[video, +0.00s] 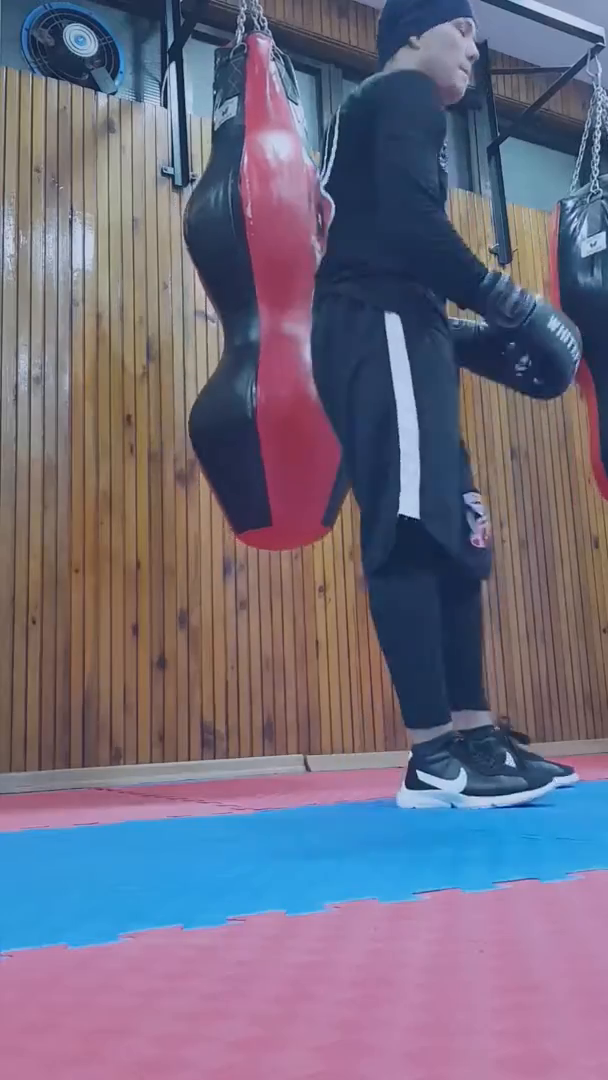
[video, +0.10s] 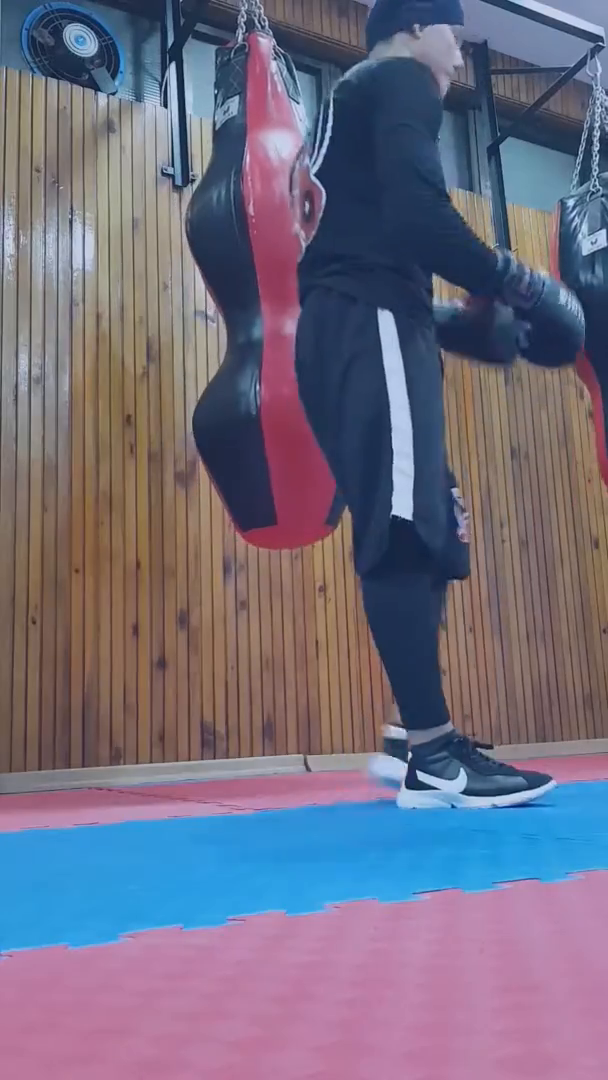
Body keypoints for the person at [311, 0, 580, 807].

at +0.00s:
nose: (473, 50)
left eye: (473, 39)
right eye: (462, 33)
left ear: (422, 41)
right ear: (415, 33)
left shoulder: (394, 109)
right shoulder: (403, 93)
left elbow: (389, 270)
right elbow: (411, 224)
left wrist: (471, 344)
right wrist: (509, 303)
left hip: (405, 327)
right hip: (379, 321)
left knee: (454, 533)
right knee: (407, 529)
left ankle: (474, 736)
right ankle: (434, 752)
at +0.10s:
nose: (461, 61)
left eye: (461, 47)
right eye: (455, 42)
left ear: (401, 34)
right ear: (416, 31)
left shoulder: (363, 93)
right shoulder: (401, 79)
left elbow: (376, 264)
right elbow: (414, 213)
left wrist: (462, 328)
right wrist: (513, 280)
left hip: (357, 320)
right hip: (370, 320)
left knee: (409, 528)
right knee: (405, 528)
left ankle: (417, 732)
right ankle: (432, 749)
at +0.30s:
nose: (407, 39)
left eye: (404, 33)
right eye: (405, 28)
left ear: (329, 23)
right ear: (388, 20)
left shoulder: (297, 84)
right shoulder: (374, 61)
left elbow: (217, 216)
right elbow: (422, 194)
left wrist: (256, 327)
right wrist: (476, 169)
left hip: (301, 319)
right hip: (360, 315)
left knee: (331, 529)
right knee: (383, 531)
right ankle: (437, 752)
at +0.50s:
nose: (352, 40)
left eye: (344, 37)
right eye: (344, 32)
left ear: (257, 33)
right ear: (325, 24)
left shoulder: (209, 113)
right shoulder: (326, 46)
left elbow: (212, 251)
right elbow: (398, 190)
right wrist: (374, 122)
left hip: (236, 319)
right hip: (315, 301)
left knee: (233, 543)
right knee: (377, 527)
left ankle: (188, 753)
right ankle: (436, 748)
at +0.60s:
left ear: (210, 45)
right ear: (267, 23)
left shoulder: (175, 123)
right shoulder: (304, 53)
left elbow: (203, 235)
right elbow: (366, 185)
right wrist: (292, 161)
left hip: (204, 313)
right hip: (287, 296)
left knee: (224, 545)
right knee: (366, 518)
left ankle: (188, 759)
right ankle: (422, 747)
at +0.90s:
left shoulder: (122, 69)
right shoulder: (266, 7)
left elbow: (127, 234)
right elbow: (352, 142)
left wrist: (199, 141)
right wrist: (302, 79)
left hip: (167, 286)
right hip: (257, 259)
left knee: (185, 528)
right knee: (362, 478)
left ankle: (186, 762)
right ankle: (302, 700)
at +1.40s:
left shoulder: (145, 10)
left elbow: (82, 130)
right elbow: (372, 81)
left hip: (135, 193)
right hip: (233, 175)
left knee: (171, 482)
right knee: (237, 464)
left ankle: (169, 760)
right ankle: (232, 771)